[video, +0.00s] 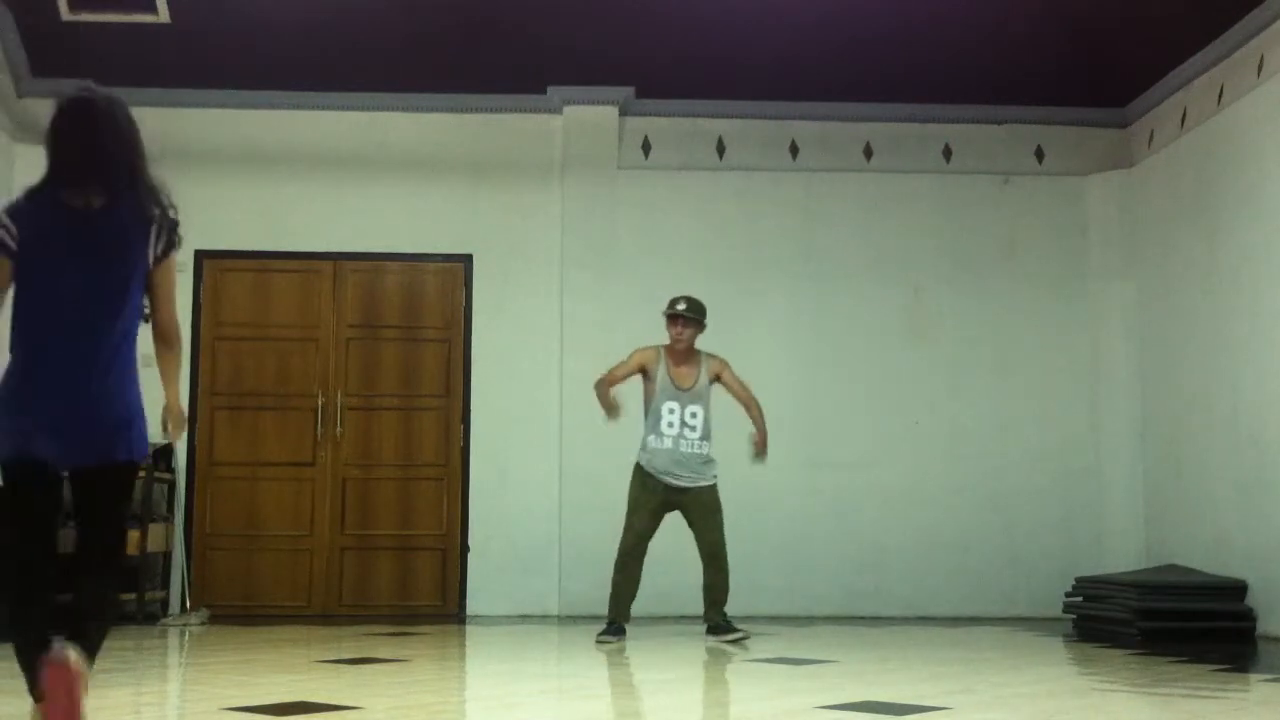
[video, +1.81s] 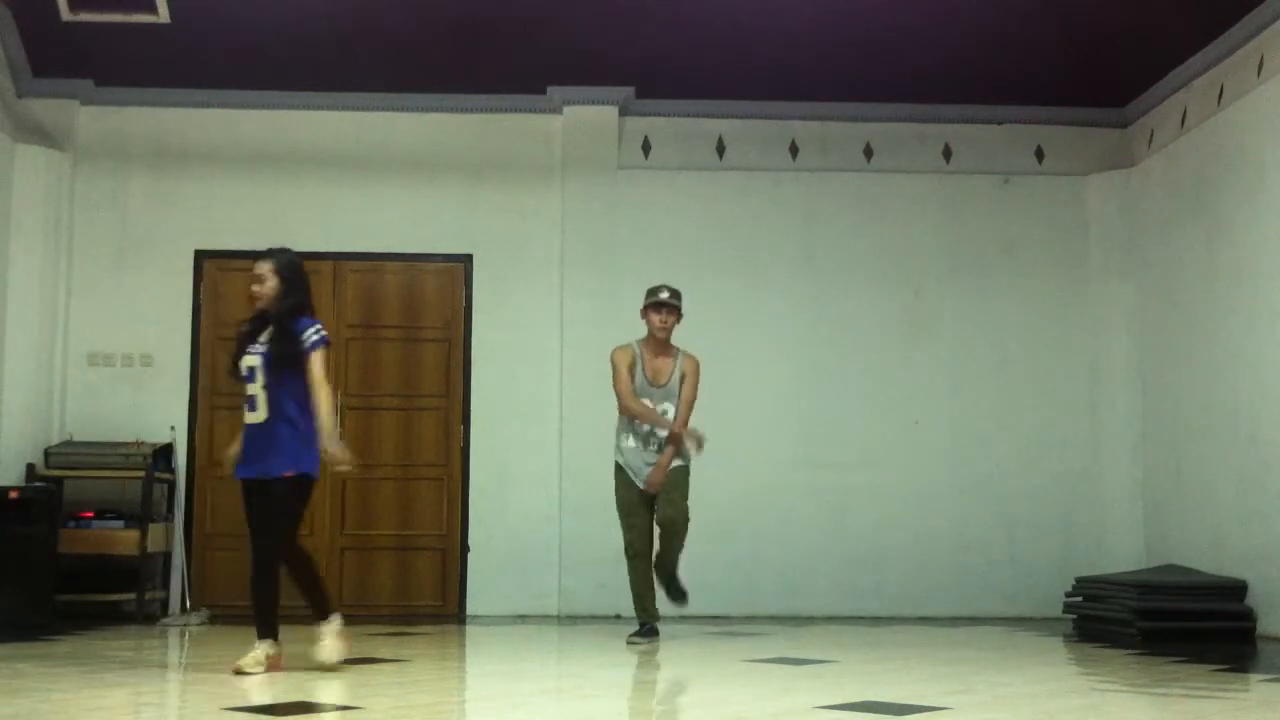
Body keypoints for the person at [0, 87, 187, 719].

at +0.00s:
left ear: (56, 146)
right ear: (127, 147)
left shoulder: (24, 216)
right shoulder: (150, 219)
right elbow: (165, 324)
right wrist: (173, 395)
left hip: (27, 405)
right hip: (110, 408)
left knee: (25, 550)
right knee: (105, 544)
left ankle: (46, 693)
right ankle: (75, 651)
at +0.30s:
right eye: (146, 168)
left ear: (87, 170)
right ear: (150, 174)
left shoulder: (52, 237)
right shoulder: (162, 234)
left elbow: (49, 334)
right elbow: (171, 333)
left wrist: (76, 386)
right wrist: (180, 421)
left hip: (69, 405)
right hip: (140, 408)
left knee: (60, 546)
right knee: (147, 542)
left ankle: (58, 694)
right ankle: (144, 679)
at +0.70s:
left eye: (143, 202)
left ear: (139, 210)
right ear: (196, 210)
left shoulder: (112, 270)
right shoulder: (215, 271)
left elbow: (96, 360)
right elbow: (224, 362)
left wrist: (92, 433)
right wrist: (235, 444)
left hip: (125, 431)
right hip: (192, 430)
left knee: (143, 537)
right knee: (177, 551)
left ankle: (135, 639)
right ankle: (158, 682)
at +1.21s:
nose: (179, 248)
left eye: (183, 241)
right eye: (182, 239)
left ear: (194, 248)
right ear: (234, 248)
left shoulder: (175, 301)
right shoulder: (256, 306)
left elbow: (156, 379)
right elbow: (262, 382)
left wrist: (135, 439)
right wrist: (264, 442)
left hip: (177, 440)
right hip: (235, 440)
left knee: (175, 546)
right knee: (211, 535)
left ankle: (182, 664)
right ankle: (217, 611)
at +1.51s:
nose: (211, 276)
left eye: (218, 269)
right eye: (213, 269)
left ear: (238, 274)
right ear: (249, 275)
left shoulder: (240, 324)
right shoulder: (261, 325)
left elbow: (217, 382)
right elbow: (269, 397)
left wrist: (194, 419)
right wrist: (273, 456)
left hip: (230, 450)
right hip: (251, 450)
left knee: (213, 549)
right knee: (241, 548)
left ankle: (210, 655)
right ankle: (264, 643)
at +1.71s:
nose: (239, 286)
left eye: (246, 278)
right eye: (239, 278)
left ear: (269, 280)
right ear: (262, 282)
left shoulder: (289, 326)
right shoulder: (252, 328)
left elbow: (289, 393)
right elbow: (247, 391)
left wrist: (266, 447)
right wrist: (238, 447)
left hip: (272, 450)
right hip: (247, 449)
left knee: (252, 542)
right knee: (251, 543)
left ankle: (279, 641)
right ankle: (279, 639)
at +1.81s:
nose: (255, 287)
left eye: (263, 279)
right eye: (254, 279)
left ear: (287, 283)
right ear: (255, 285)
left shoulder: (304, 328)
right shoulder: (255, 331)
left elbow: (319, 383)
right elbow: (258, 397)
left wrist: (329, 437)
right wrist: (240, 442)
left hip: (294, 457)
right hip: (255, 459)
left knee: (283, 543)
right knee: (263, 549)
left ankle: (330, 622)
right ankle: (267, 643)